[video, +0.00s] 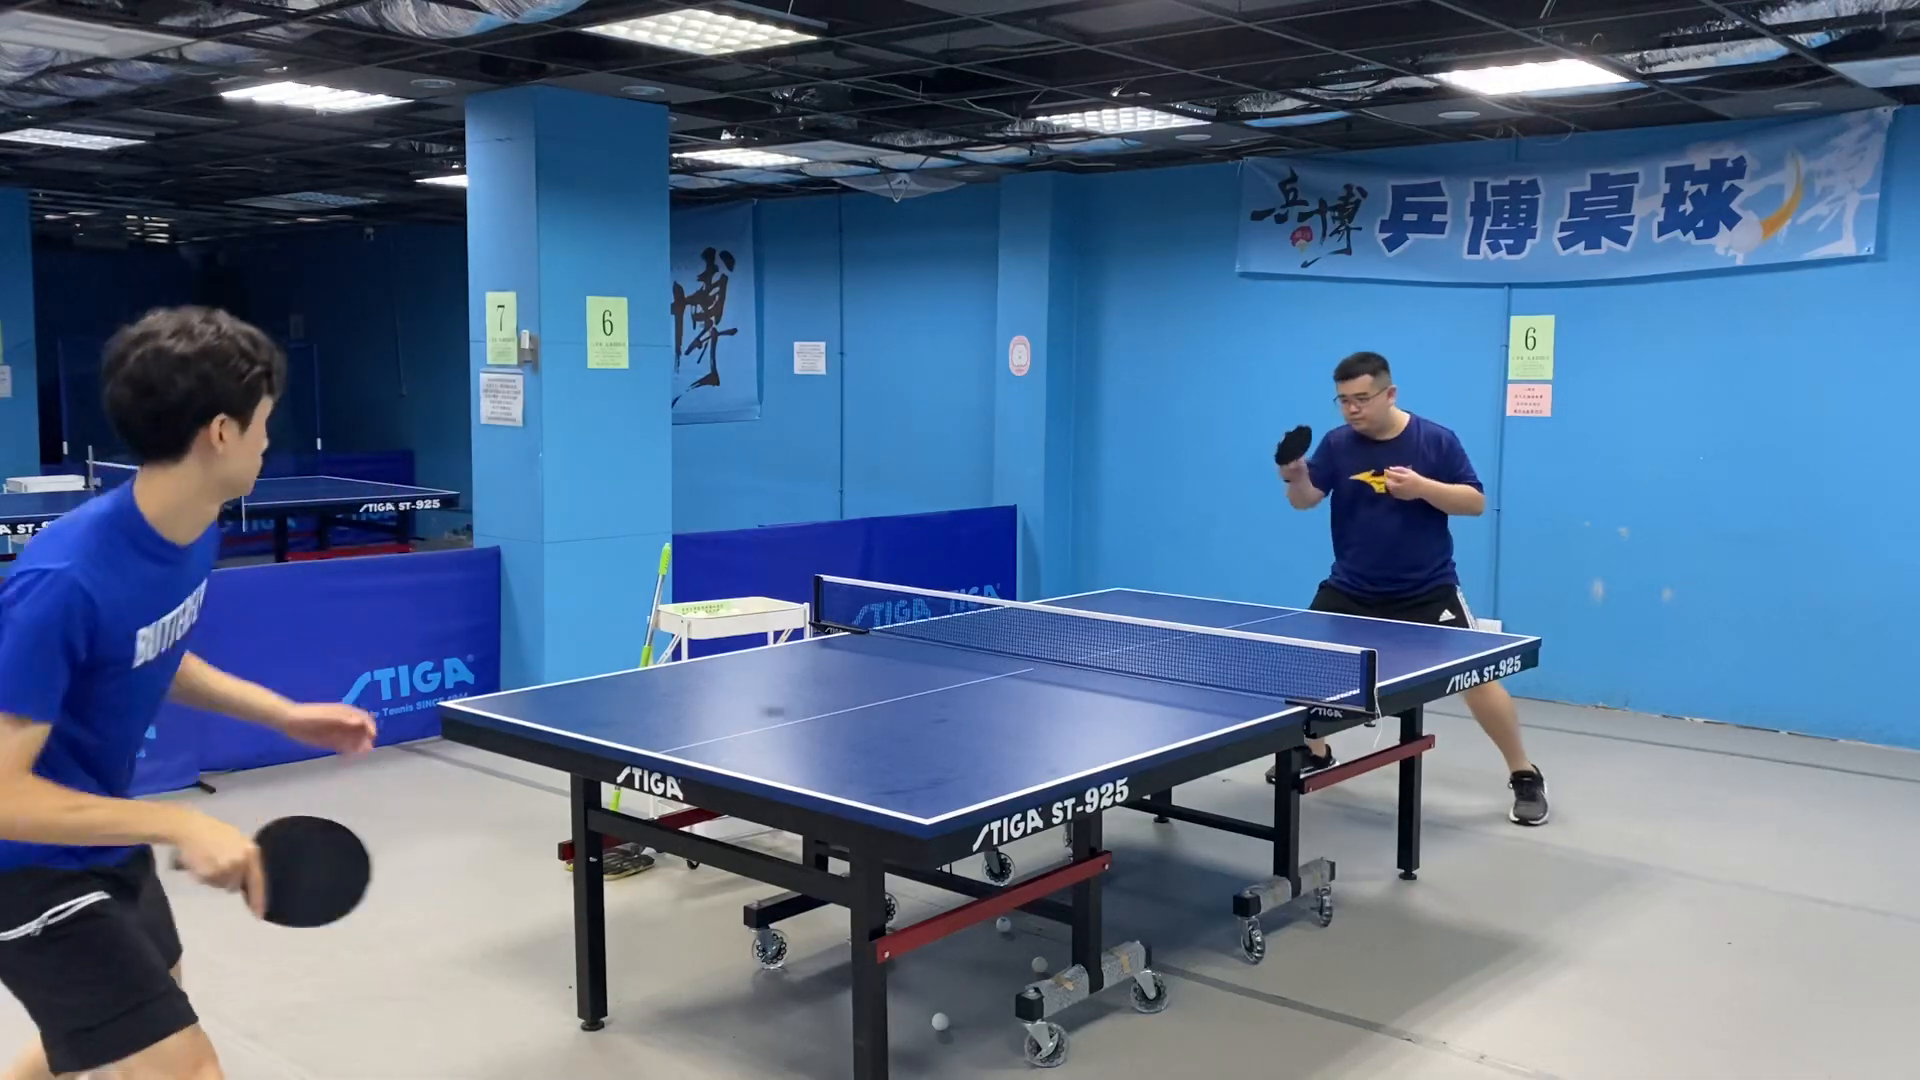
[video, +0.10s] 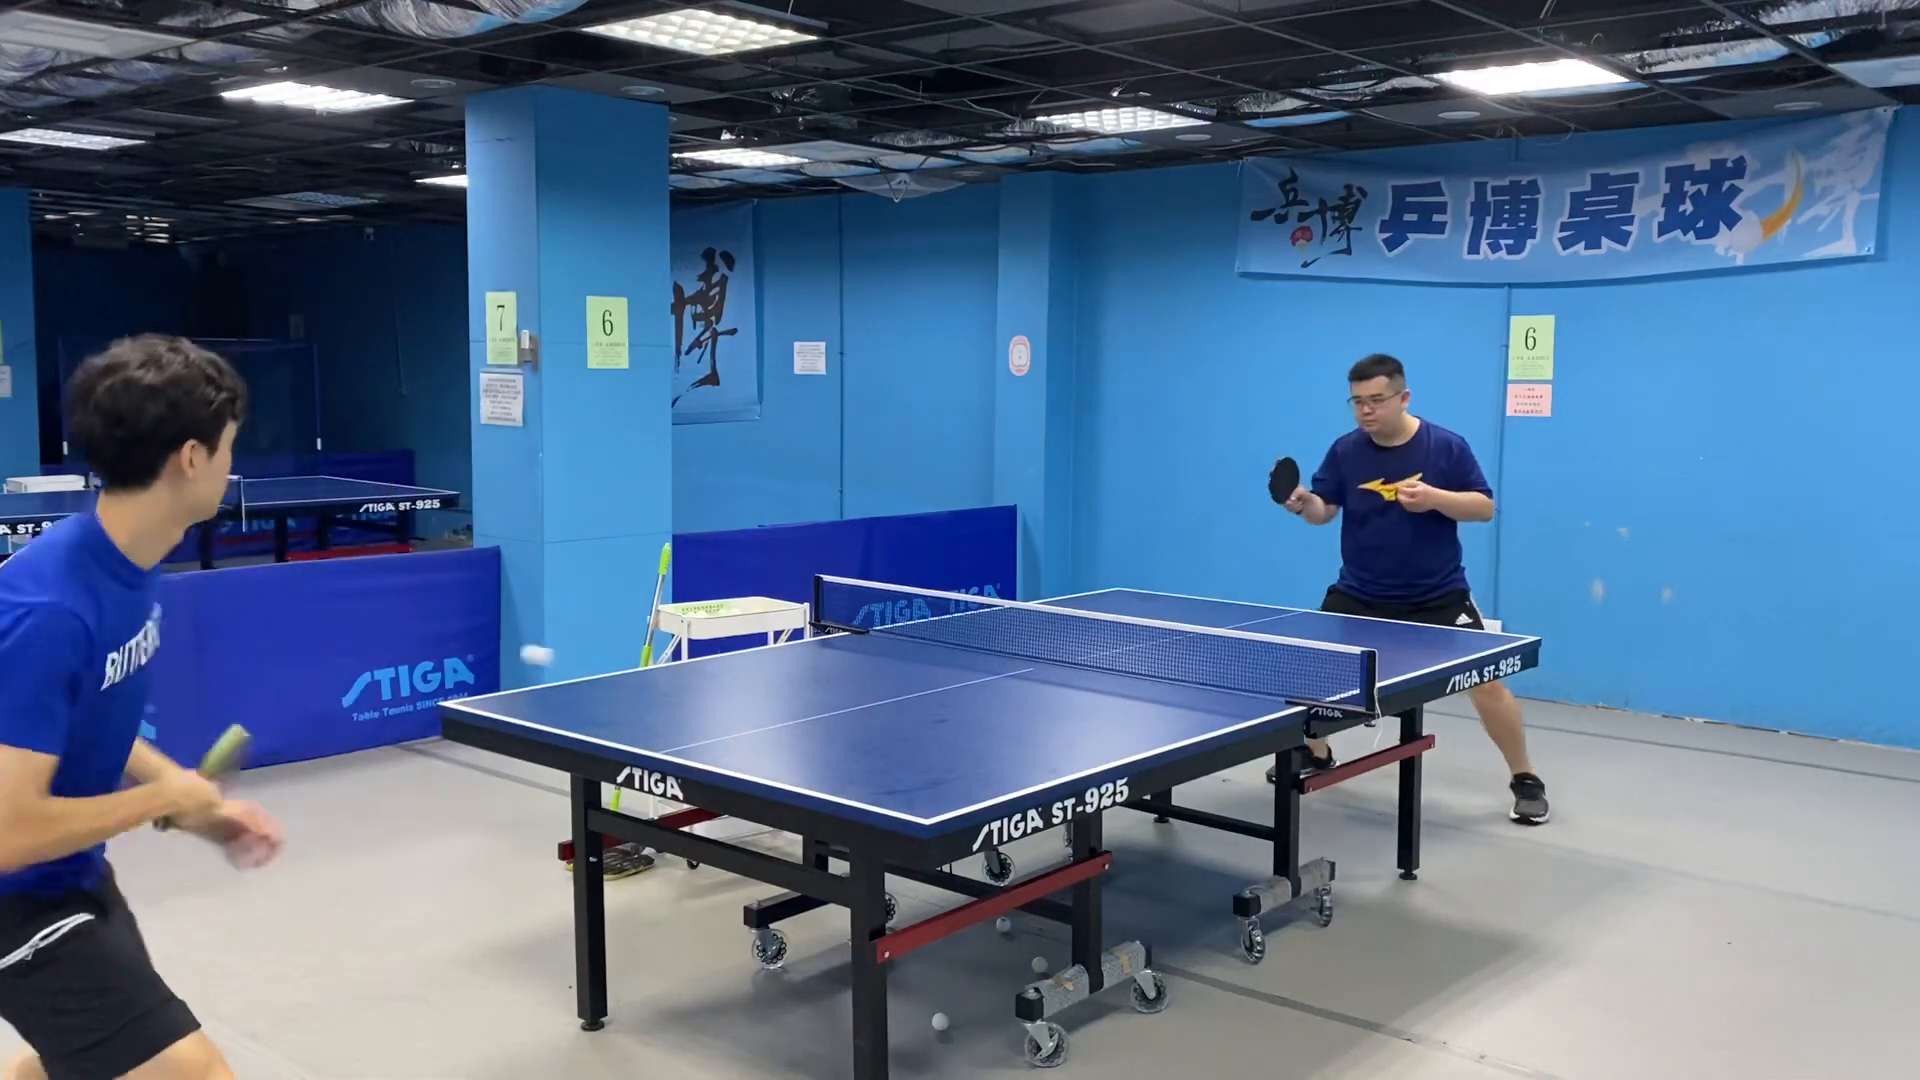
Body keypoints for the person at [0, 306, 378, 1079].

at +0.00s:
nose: (266, 441)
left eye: (265, 421)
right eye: (263, 422)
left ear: (206, 436)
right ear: (218, 434)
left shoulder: (193, 527)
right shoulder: (62, 583)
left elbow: (152, 660)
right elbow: (4, 794)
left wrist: (283, 715)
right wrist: (176, 825)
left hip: (112, 843)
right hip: (32, 867)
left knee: (137, 1010)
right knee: (181, 1066)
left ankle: (33, 1072)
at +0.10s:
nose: (231, 469)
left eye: (232, 449)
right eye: (228, 449)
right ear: (187, 460)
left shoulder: (126, 572)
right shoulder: (49, 610)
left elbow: (99, 735)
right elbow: (10, 834)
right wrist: (158, 799)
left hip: (78, 872)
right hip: (22, 902)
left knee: (92, 1046)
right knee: (191, 1068)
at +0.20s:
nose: (174, 443)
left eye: (175, 423)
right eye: (172, 424)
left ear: (50, 427)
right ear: (132, 438)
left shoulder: (9, 518)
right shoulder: (106, 606)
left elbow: (5, 707)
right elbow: (162, 792)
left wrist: (62, 805)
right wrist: (186, 708)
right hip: (23, 889)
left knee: (43, 1007)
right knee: (205, 1068)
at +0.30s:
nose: (114, 406)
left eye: (114, 388)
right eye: (110, 388)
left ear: (22, 398)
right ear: (66, 402)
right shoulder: (102, 549)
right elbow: (207, 689)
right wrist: (249, 623)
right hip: (19, 871)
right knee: (167, 1069)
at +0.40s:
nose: (68, 375)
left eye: (65, 355)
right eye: (61, 356)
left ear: (14, 370)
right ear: (21, 371)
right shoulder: (71, 508)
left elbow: (212, 603)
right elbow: (219, 608)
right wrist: (290, 548)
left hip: (12, 827)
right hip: (8, 833)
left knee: (101, 1059)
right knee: (106, 1063)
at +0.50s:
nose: (44, 355)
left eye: (39, 334)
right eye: (37, 336)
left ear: (0, 349)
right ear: (1, 349)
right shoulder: (52, 490)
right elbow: (209, 582)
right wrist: (283, 513)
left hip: (6, 798)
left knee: (27, 1051)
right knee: (66, 1052)